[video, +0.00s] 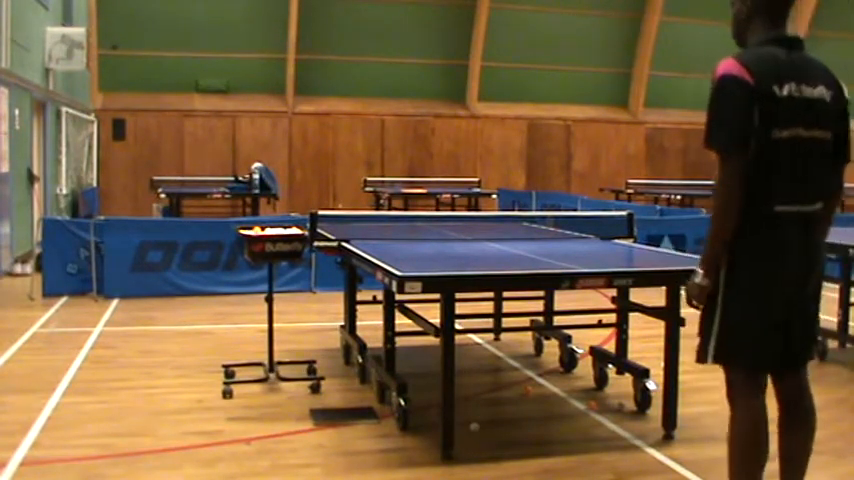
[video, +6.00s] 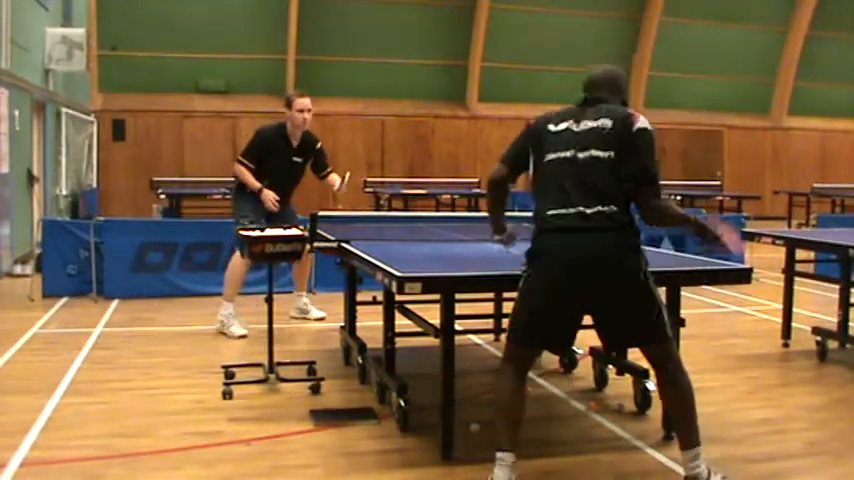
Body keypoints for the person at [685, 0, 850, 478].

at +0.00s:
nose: (731, 20)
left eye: (733, 12)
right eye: (732, 12)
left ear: (743, 12)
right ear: (785, 16)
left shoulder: (739, 72)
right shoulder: (826, 79)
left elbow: (730, 181)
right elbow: (834, 184)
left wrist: (707, 269)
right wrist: (811, 248)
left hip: (750, 253)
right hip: (804, 253)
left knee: (744, 387)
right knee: (792, 381)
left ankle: (745, 475)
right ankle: (792, 475)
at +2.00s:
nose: (716, 28)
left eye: (719, 18)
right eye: (719, 19)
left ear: (730, 18)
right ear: (773, 17)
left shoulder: (725, 75)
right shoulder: (827, 79)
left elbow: (691, 160)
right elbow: (820, 155)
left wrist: (703, 82)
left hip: (736, 244)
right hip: (796, 244)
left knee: (721, 389)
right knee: (786, 380)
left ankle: (713, 477)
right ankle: (807, 476)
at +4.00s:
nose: (592, 50)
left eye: (593, 43)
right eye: (595, 43)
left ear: (600, 45)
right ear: (640, 45)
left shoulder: (589, 94)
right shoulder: (678, 92)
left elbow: (581, 167)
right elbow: (706, 167)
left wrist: (559, 185)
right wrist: (660, 174)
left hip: (616, 239)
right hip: (674, 237)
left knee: (579, 354)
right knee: (694, 350)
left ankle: (563, 467)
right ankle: (723, 465)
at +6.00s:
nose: (628, 103)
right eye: (627, 97)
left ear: (585, 94)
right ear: (622, 96)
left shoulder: (545, 125)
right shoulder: (632, 126)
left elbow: (498, 178)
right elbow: (651, 209)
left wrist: (499, 227)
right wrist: (695, 222)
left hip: (553, 261)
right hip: (615, 264)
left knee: (515, 365)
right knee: (666, 361)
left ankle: (503, 468)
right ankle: (696, 469)